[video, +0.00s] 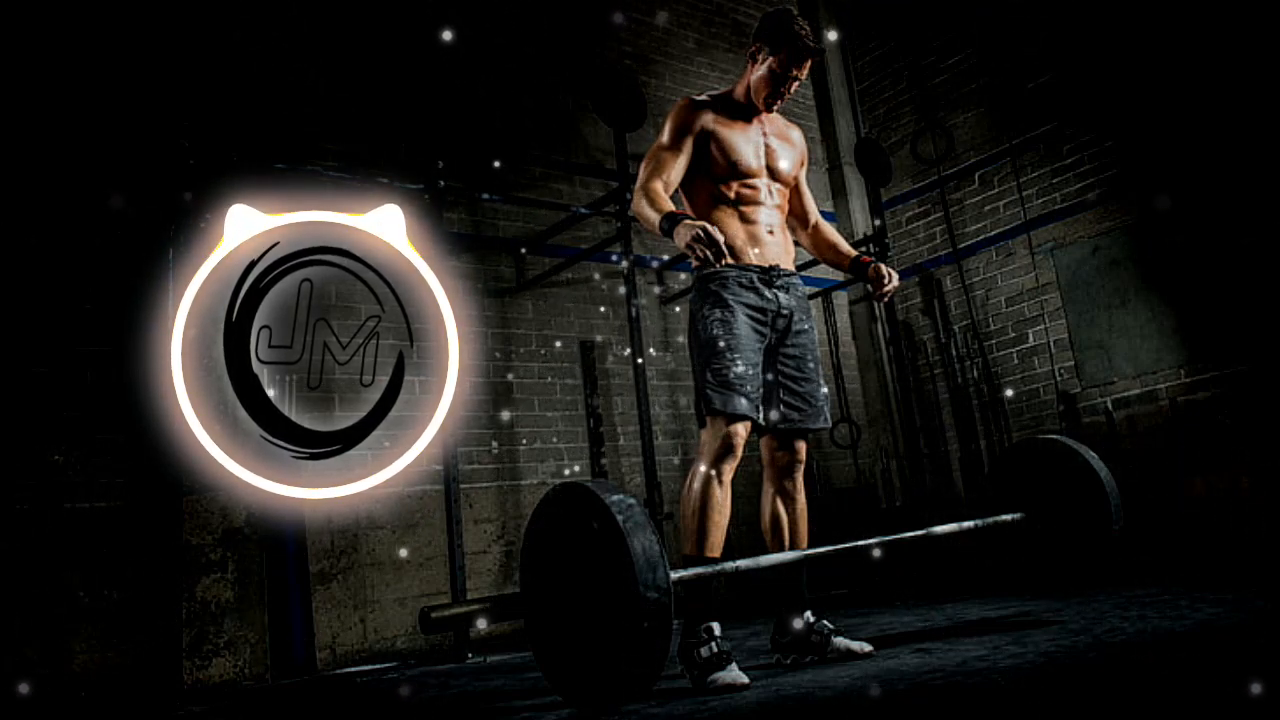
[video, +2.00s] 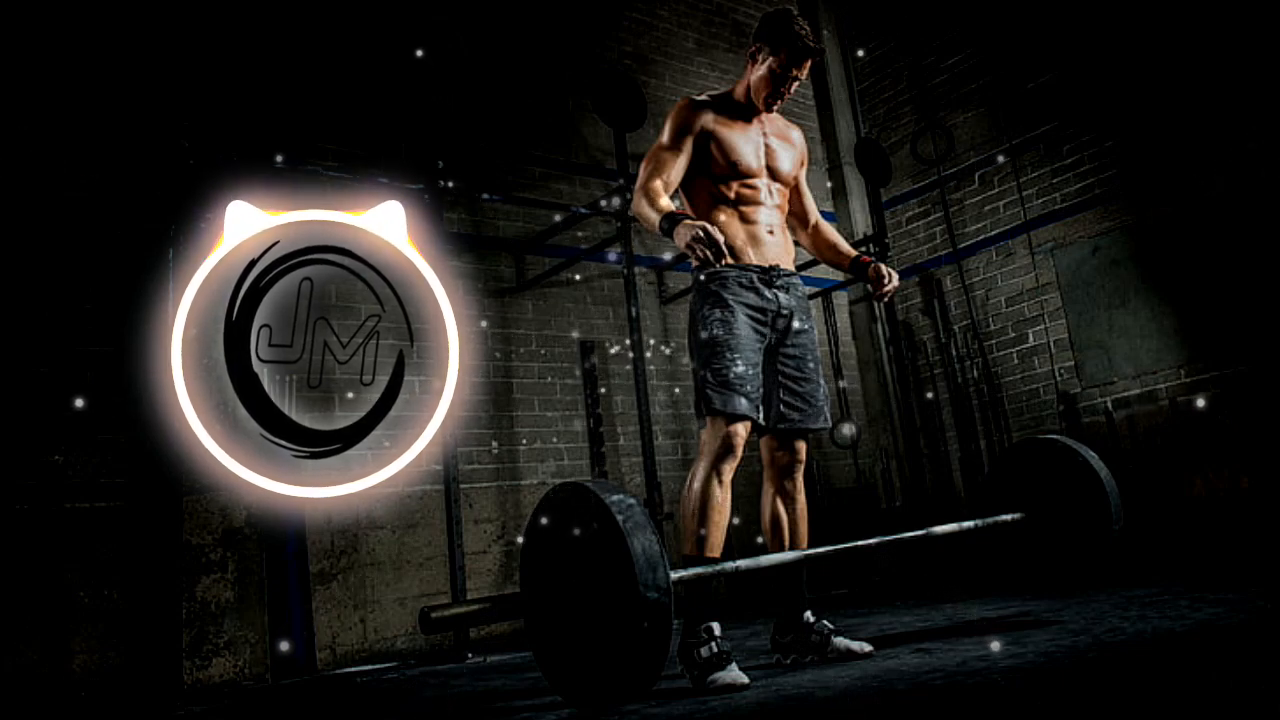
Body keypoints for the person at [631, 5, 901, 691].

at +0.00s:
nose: (789, 92)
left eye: (799, 82)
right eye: (785, 76)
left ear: (801, 77)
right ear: (756, 59)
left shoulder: (792, 136)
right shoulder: (697, 115)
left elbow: (809, 225)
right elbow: (645, 199)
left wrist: (860, 265)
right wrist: (676, 225)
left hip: (790, 296)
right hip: (730, 291)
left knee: (790, 453)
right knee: (728, 438)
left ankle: (797, 623)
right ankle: (698, 633)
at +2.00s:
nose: (789, 89)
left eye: (799, 79)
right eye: (787, 73)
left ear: (801, 76)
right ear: (756, 57)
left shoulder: (792, 137)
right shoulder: (698, 115)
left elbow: (808, 224)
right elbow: (646, 197)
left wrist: (860, 264)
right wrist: (675, 226)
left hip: (790, 297)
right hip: (730, 293)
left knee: (790, 455)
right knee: (730, 438)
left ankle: (797, 624)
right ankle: (699, 634)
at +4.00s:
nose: (788, 90)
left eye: (798, 80)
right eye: (785, 75)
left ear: (800, 77)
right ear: (756, 58)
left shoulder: (792, 136)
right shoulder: (697, 117)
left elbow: (808, 224)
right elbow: (645, 197)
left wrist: (861, 265)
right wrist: (676, 225)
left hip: (790, 297)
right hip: (730, 292)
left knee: (790, 455)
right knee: (729, 437)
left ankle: (796, 623)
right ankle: (698, 634)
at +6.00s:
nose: (793, 88)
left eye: (802, 78)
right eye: (789, 73)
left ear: (804, 76)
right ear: (757, 58)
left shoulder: (792, 136)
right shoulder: (697, 115)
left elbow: (809, 225)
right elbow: (645, 198)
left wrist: (860, 264)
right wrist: (677, 225)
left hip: (790, 297)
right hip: (730, 292)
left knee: (790, 455)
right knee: (729, 439)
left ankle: (798, 624)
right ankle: (699, 634)